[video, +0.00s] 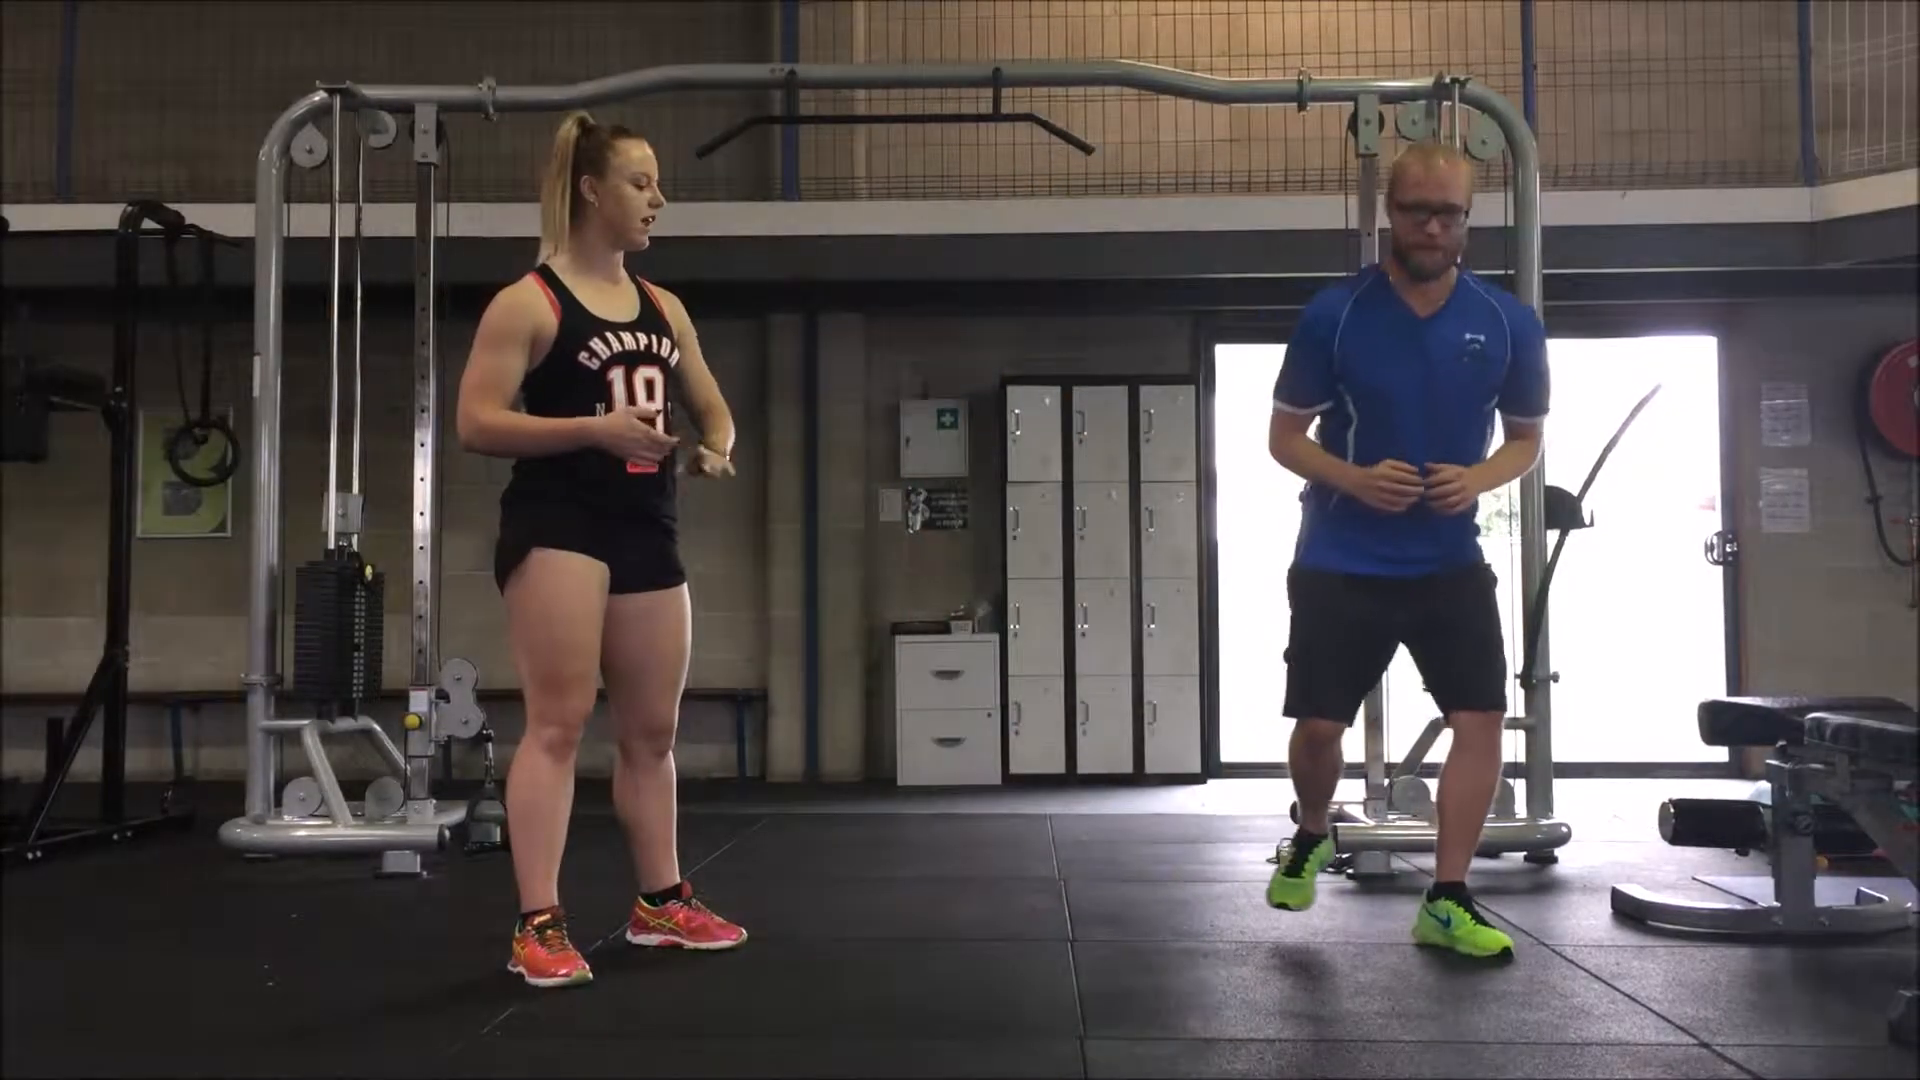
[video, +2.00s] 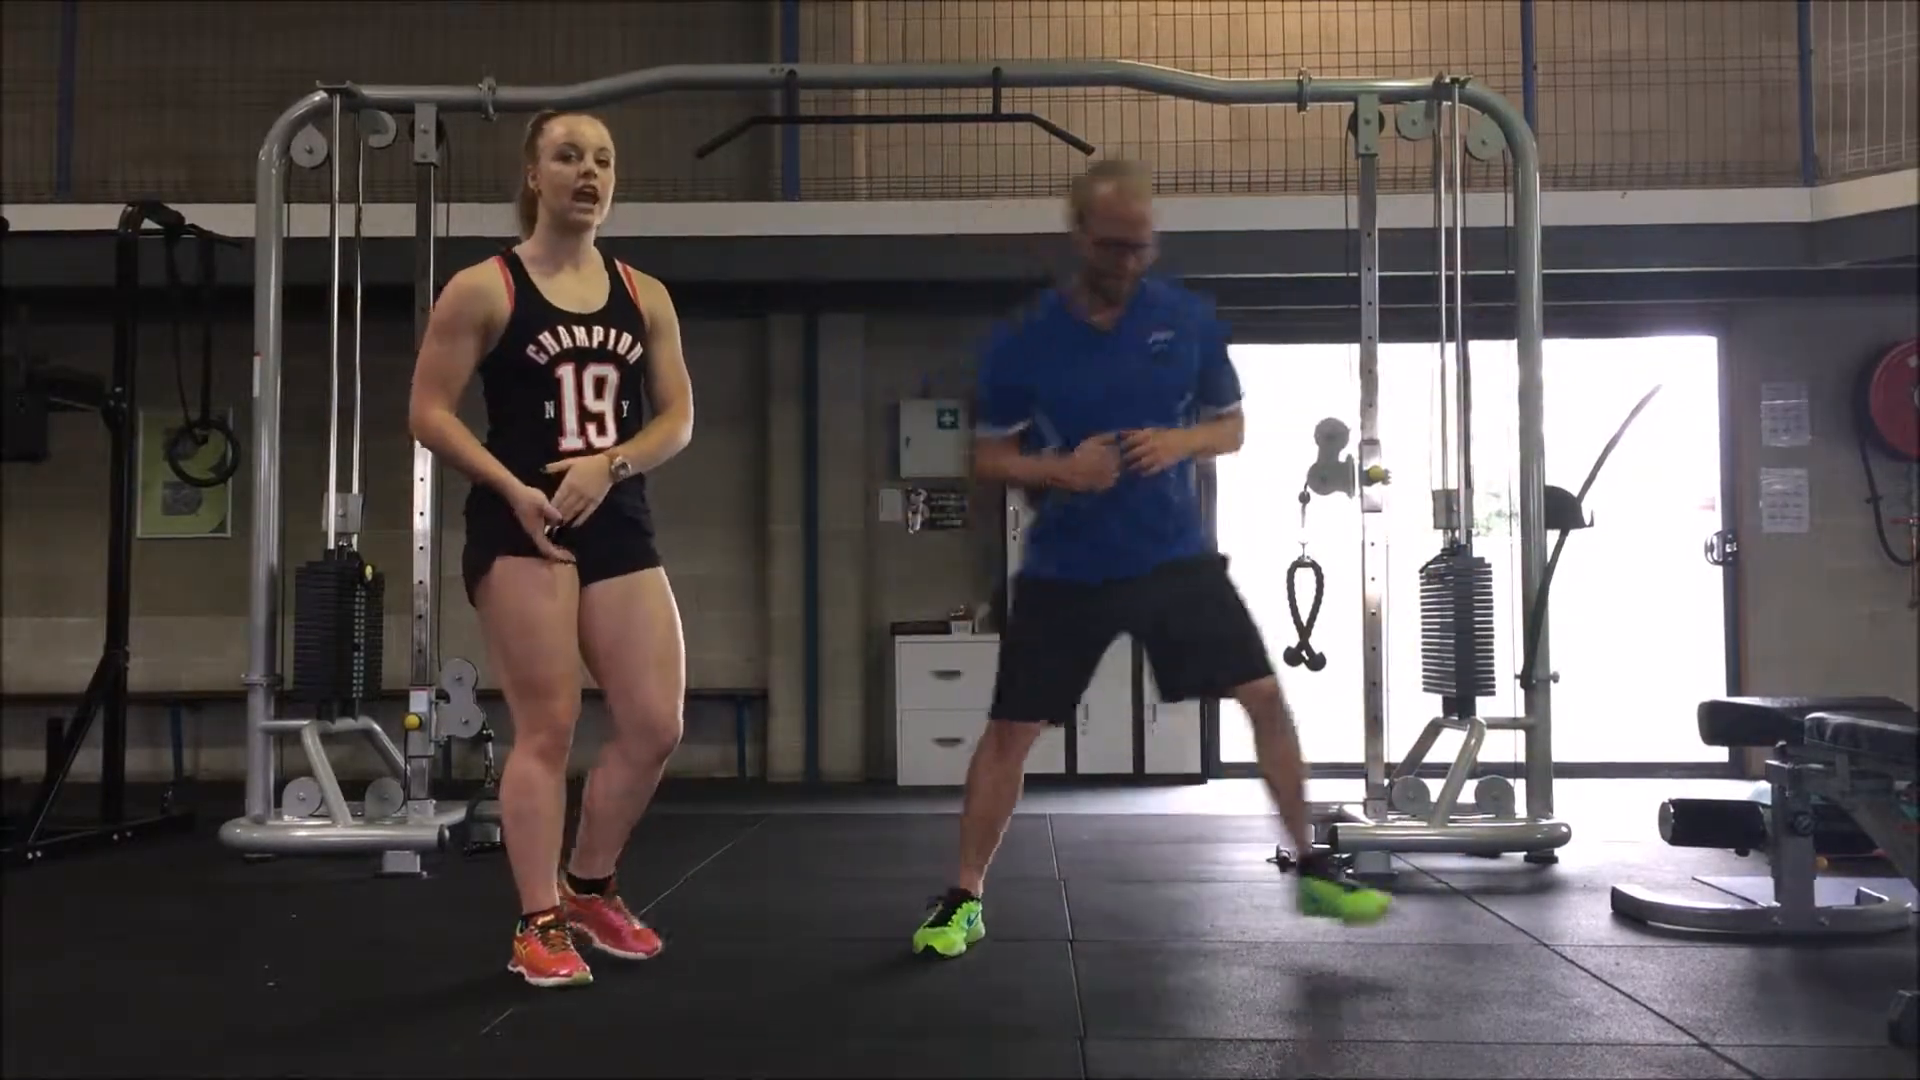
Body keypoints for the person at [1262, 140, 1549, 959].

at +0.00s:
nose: (1430, 226)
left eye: (1447, 213)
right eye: (1415, 211)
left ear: (1468, 219)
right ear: (1386, 213)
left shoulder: (1508, 324)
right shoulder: (1335, 313)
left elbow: (1525, 441)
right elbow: (1285, 437)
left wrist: (1480, 478)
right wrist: (1352, 477)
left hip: (1446, 562)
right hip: (1340, 563)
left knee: (1482, 712)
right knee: (1319, 723)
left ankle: (1448, 895)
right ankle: (1310, 833)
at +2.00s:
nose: (1128, 263)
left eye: (1141, 247)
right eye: (1112, 246)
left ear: (1155, 238)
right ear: (1077, 234)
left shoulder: (1188, 320)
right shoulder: (1024, 341)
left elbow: (1229, 429)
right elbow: (987, 456)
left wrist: (1178, 442)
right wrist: (1058, 469)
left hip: (1174, 563)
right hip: (1064, 572)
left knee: (1262, 694)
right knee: (1010, 729)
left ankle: (1307, 861)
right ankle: (964, 897)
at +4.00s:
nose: (986, 263)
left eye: (1000, 246)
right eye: (968, 248)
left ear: (1017, 227)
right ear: (936, 231)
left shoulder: (1067, 314)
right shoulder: (893, 325)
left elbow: (1102, 438)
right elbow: (872, 451)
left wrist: (1038, 436)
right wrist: (926, 452)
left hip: (1047, 557)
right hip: (942, 565)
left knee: (1092, 721)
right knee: (943, 729)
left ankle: (1100, 823)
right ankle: (971, 894)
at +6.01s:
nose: (1254, 187)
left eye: (1268, 172)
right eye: (1237, 173)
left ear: (1290, 177)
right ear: (1213, 179)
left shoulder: (1345, 275)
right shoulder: (1167, 283)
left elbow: (1378, 400)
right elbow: (1131, 410)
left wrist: (1309, 364)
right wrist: (1199, 377)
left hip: (1308, 532)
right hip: (1195, 529)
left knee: (1383, 694)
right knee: (1117, 688)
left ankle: (1468, 863)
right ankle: (1044, 865)